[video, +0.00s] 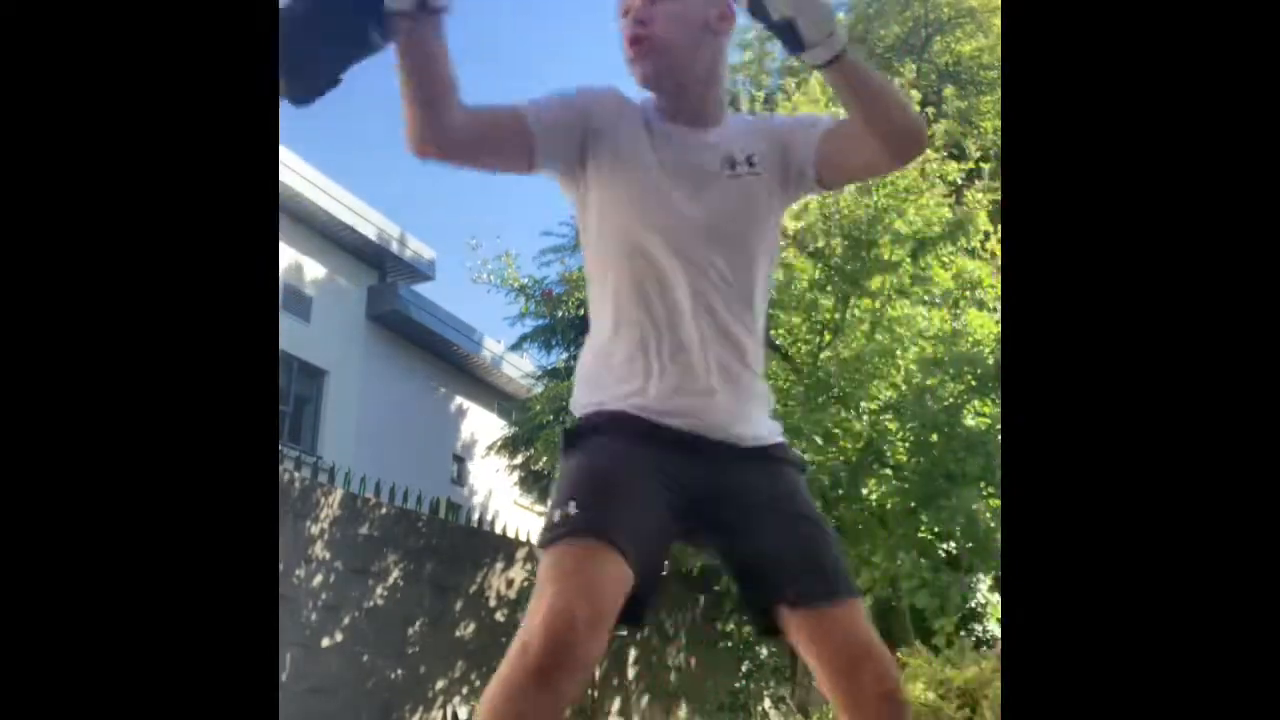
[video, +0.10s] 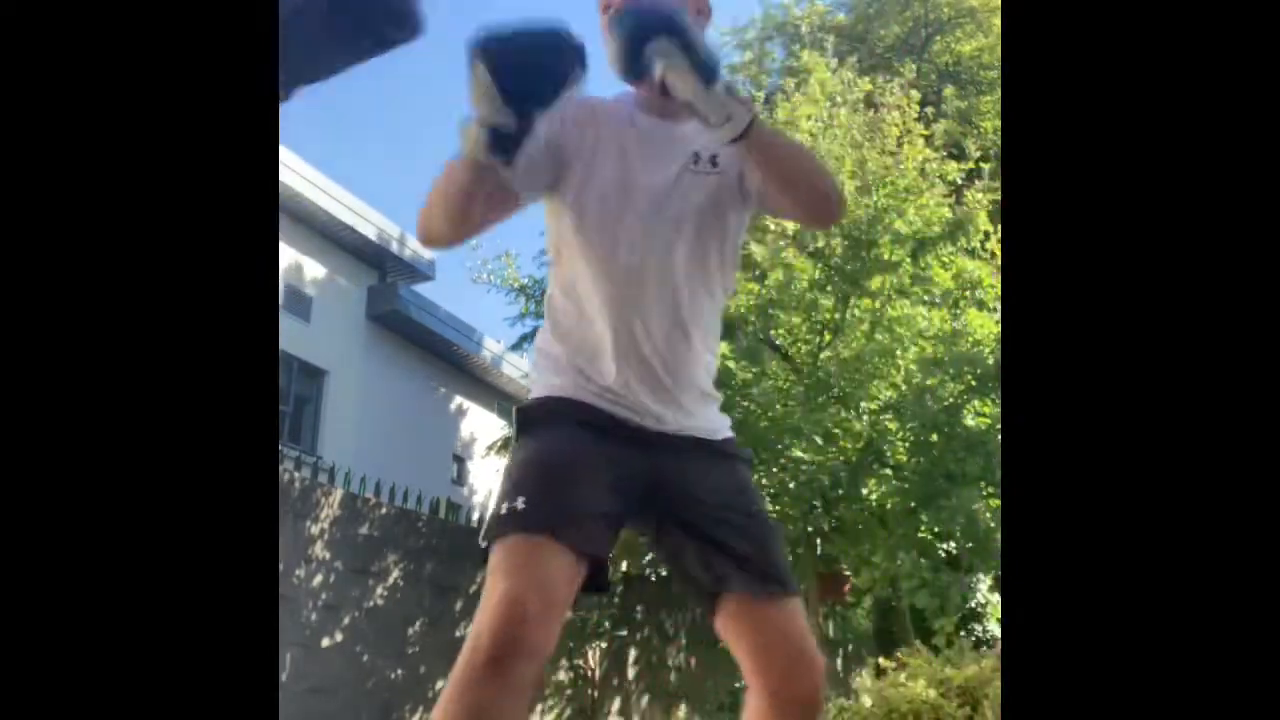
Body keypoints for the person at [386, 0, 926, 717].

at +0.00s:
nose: (632, 17)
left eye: (655, 0)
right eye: (627, 7)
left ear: (721, 17)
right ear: (621, 29)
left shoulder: (772, 144)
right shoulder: (599, 121)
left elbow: (900, 139)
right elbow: (438, 133)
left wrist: (819, 40)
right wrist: (416, 17)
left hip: (747, 441)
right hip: (624, 427)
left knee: (868, 677)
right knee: (558, 641)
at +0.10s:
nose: (644, 20)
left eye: (667, 7)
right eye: (624, 9)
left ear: (705, 19)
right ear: (605, 24)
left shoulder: (737, 142)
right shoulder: (576, 117)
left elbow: (825, 206)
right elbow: (439, 228)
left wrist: (721, 103)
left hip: (695, 431)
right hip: (577, 408)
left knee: (794, 679)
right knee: (510, 636)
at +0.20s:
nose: (618, 38)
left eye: (639, 19)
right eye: (609, 28)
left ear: (696, 34)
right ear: (600, 48)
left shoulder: (731, 167)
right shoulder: (565, 138)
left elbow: (761, 264)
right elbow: (463, 273)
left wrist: (644, 165)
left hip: (659, 434)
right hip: (551, 401)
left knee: (709, 690)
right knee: (508, 637)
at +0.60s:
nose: (598, 105)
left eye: (622, 92)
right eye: (589, 97)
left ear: (666, 119)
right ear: (577, 119)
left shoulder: (673, 227)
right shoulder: (526, 187)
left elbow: (701, 285)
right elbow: (397, 290)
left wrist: (593, 197)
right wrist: (438, 259)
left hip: (587, 459)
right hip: (484, 416)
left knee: (634, 697)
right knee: (421, 617)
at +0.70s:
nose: (555, 63)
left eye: (580, 51)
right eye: (544, 54)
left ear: (623, 84)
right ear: (531, 77)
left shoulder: (640, 206)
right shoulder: (491, 150)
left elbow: (748, 242)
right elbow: (333, 175)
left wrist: (673, 159)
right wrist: (379, 75)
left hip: (560, 454)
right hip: (456, 412)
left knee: (603, 684)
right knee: (406, 623)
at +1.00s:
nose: (480, 21)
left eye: (504, 10)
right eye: (469, 12)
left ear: (550, 47)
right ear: (455, 40)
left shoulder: (552, 184)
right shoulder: (406, 117)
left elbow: (666, 289)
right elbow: (282, 187)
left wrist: (605, 207)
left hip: (460, 423)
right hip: (366, 385)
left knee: (493, 665)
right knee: (351, 623)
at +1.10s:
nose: (494, 58)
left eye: (516, 47)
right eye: (481, 49)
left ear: (553, 80)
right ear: (465, 73)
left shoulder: (547, 209)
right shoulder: (408, 137)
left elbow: (596, 322)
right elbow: (292, 234)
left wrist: (525, 223)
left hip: (450, 432)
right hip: (361, 387)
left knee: (449, 679)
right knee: (345, 622)